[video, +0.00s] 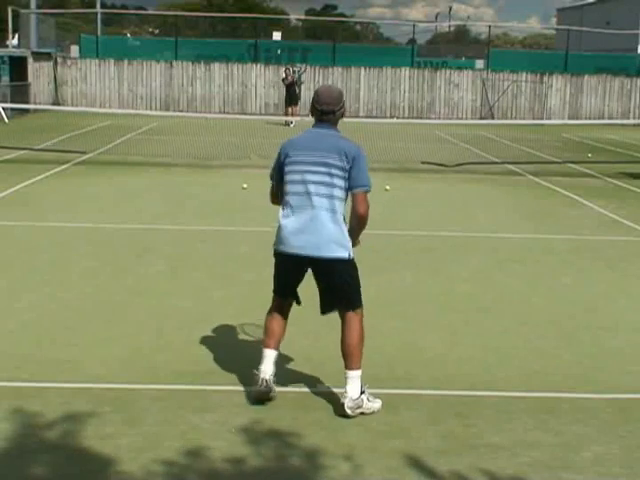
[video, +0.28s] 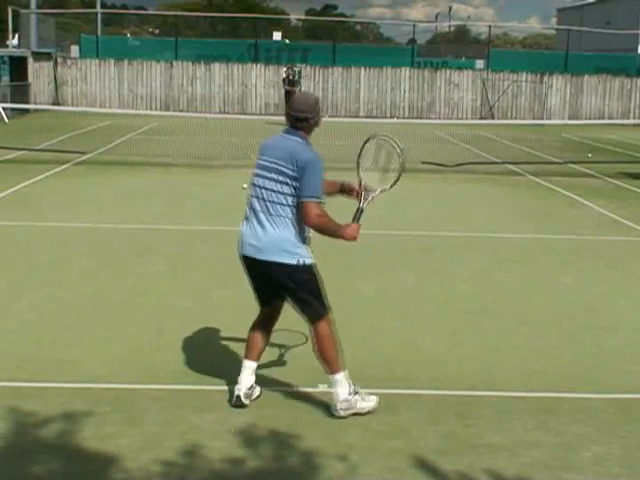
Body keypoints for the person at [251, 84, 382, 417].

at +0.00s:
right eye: (341, 111)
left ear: (311, 112)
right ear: (341, 114)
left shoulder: (289, 146)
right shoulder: (351, 151)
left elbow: (276, 197)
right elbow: (361, 210)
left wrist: (307, 197)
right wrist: (352, 237)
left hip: (290, 243)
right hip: (332, 246)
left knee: (280, 304)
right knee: (351, 311)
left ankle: (265, 373)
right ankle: (353, 394)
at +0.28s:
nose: (319, 120)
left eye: (313, 115)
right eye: (318, 116)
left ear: (288, 116)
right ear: (315, 120)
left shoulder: (268, 146)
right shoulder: (308, 158)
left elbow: (296, 184)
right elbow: (312, 215)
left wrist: (341, 187)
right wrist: (342, 231)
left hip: (251, 248)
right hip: (287, 254)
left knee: (269, 308)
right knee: (320, 318)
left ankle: (244, 384)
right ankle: (343, 394)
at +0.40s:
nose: (305, 115)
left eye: (297, 110)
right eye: (305, 111)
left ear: (276, 109)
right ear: (304, 114)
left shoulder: (259, 138)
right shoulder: (289, 150)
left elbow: (298, 169)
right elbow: (291, 207)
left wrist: (341, 171)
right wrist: (333, 220)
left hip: (234, 240)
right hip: (265, 246)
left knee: (258, 308)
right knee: (295, 311)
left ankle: (243, 385)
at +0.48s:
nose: (300, 111)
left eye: (293, 106)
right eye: (300, 107)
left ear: (271, 106)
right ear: (298, 111)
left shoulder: (255, 135)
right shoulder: (280, 145)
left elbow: (292, 163)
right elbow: (280, 202)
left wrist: (339, 162)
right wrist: (328, 213)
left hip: (227, 236)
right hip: (254, 244)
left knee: (250, 306)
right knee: (275, 312)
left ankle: (239, 378)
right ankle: (239, 396)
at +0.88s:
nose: (288, 126)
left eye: (287, 121)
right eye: (287, 121)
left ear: (256, 120)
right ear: (281, 124)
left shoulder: (248, 143)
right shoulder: (251, 151)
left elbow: (275, 165)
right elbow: (239, 195)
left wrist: (311, 170)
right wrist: (281, 196)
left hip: (206, 241)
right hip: (216, 248)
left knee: (223, 314)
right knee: (232, 326)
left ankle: (202, 371)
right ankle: (207, 407)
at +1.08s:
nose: (279, 117)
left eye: (278, 112)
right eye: (279, 112)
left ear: (250, 110)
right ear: (274, 114)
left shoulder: (238, 140)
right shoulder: (247, 145)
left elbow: (269, 195)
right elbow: (272, 196)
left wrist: (313, 203)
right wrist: (320, 203)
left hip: (209, 238)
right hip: (221, 244)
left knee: (224, 315)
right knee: (235, 319)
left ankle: (209, 373)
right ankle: (209, 403)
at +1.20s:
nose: (269, 101)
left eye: (268, 96)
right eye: (267, 96)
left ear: (240, 97)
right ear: (257, 98)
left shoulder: (212, 128)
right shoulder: (256, 135)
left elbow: (179, 163)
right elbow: (299, 175)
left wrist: (168, 196)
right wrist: (349, 179)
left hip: (207, 232)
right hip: (236, 237)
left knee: (226, 299)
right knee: (242, 308)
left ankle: (209, 368)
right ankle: (218, 394)